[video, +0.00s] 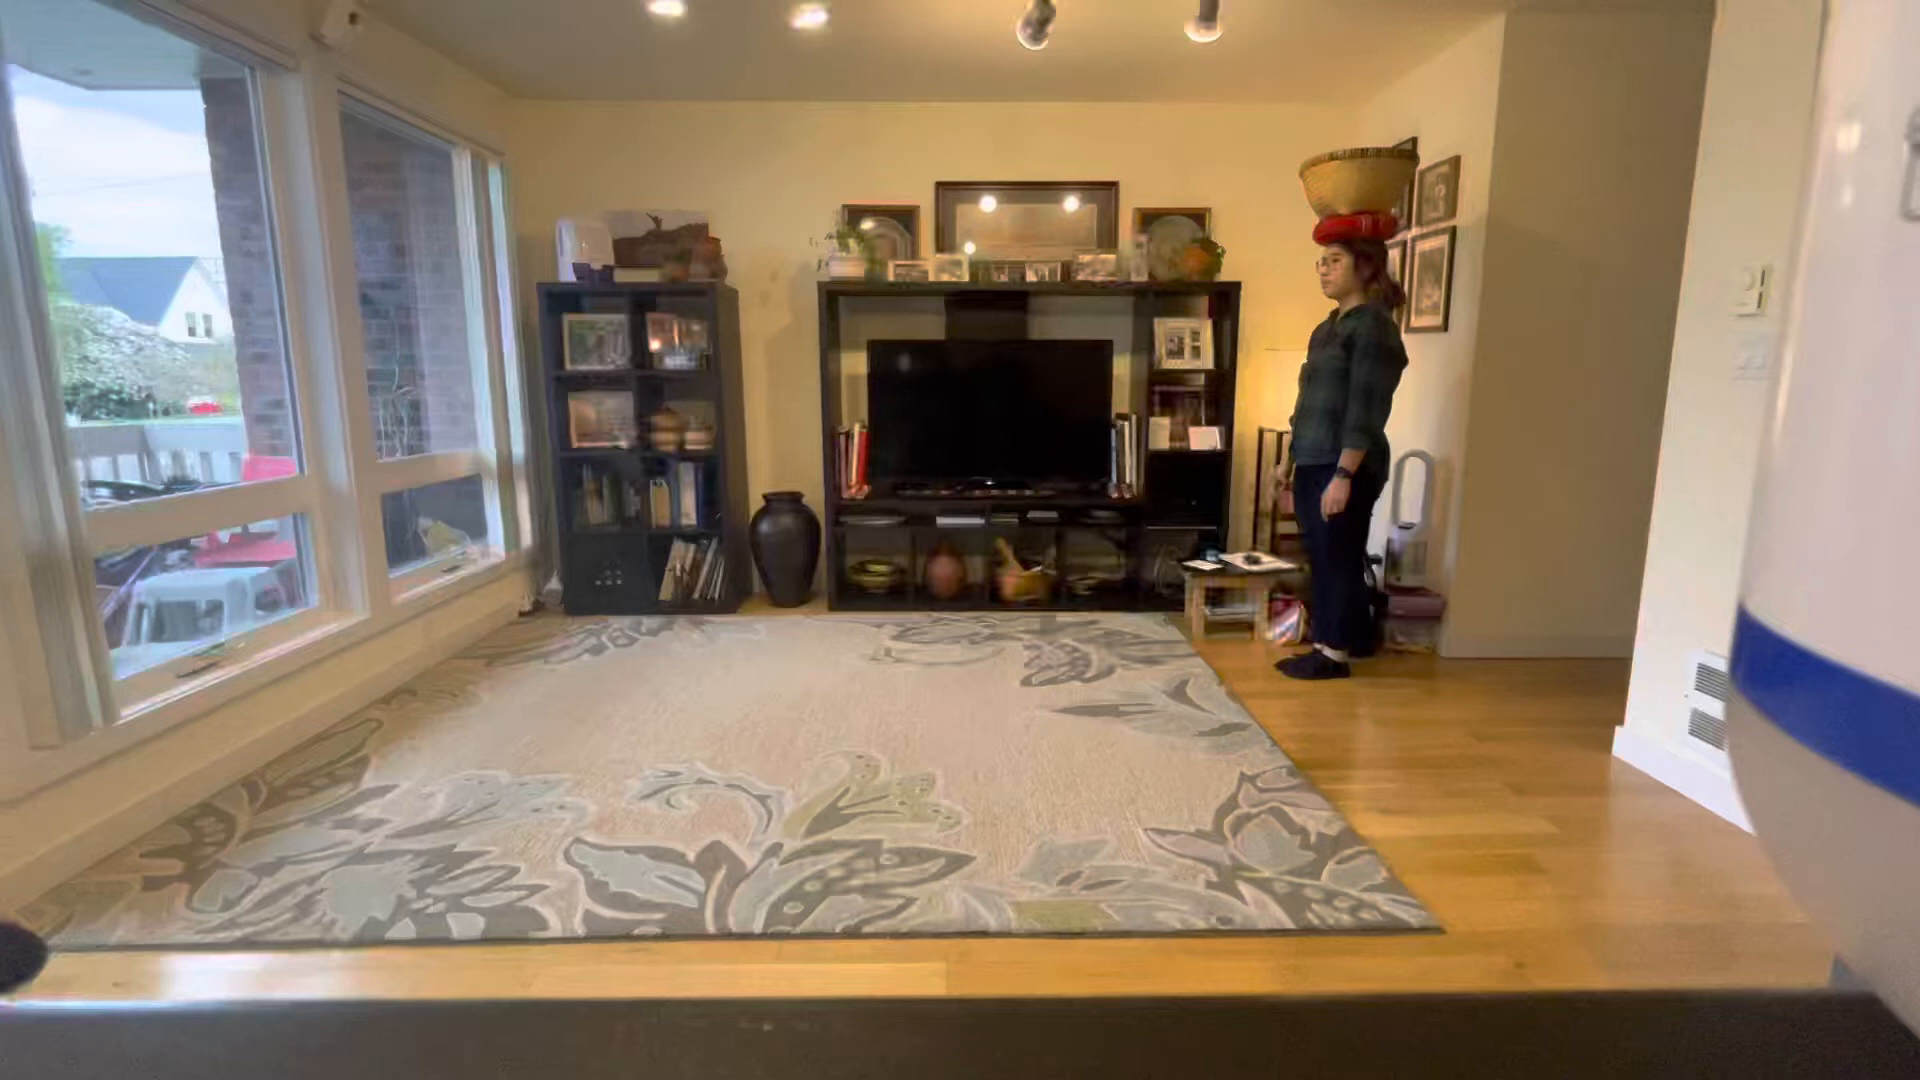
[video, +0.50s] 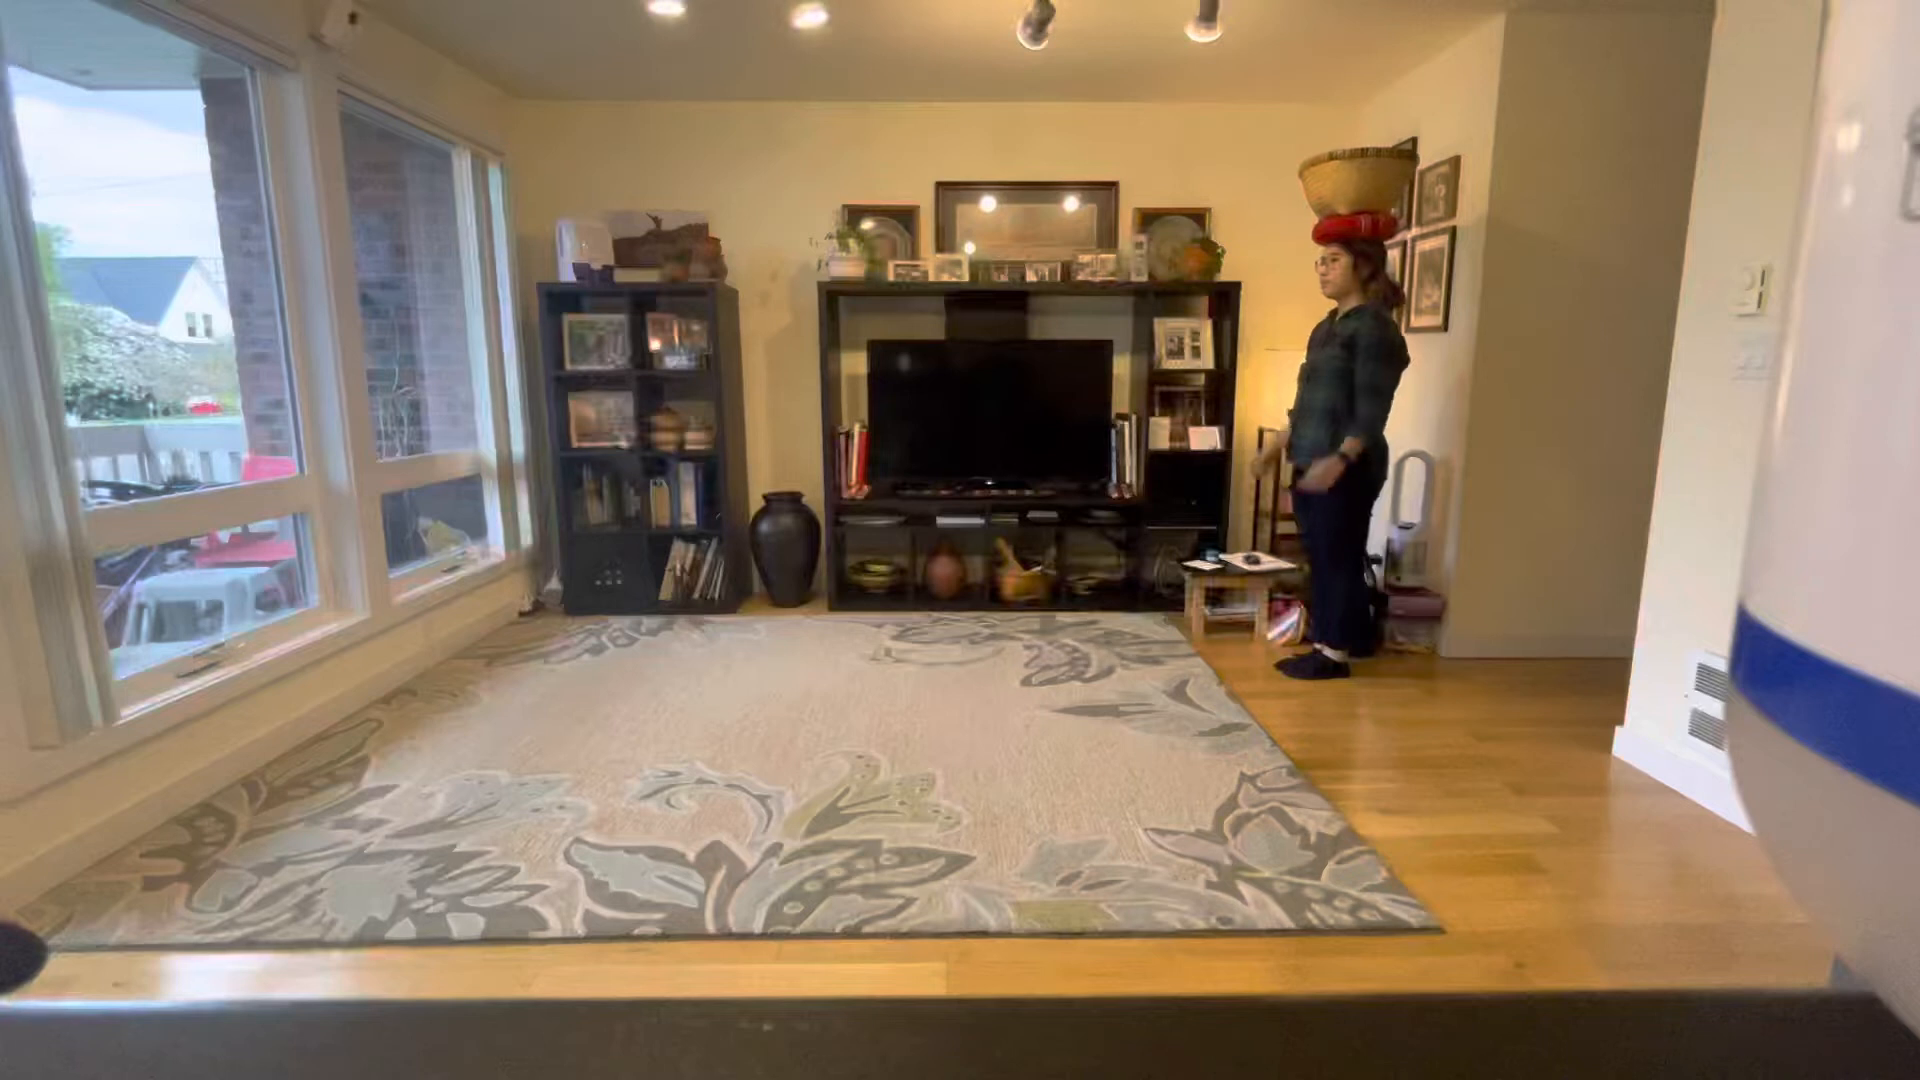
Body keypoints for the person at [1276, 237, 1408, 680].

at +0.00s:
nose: (1322, 270)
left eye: (1332, 261)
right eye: (1320, 263)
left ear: (1364, 266)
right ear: (1323, 269)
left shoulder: (1374, 325)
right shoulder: (1327, 328)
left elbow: (1368, 406)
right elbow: (1310, 401)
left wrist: (1344, 473)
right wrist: (1292, 460)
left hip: (1349, 461)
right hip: (1316, 460)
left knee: (1337, 557)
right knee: (1324, 556)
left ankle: (1334, 649)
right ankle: (1329, 639)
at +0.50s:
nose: (1322, 270)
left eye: (1332, 261)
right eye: (1320, 262)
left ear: (1363, 268)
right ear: (1321, 271)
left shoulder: (1375, 326)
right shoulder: (1326, 327)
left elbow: (1373, 405)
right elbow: (1309, 399)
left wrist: (1340, 457)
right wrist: (1277, 445)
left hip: (1349, 460)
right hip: (1315, 457)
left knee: (1338, 554)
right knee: (1322, 553)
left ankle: (1334, 650)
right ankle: (1327, 640)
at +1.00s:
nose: (1323, 268)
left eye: (1334, 259)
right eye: (1319, 260)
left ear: (1363, 265)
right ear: (1317, 266)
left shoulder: (1377, 314)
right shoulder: (1318, 318)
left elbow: (1404, 299)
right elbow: (1263, 324)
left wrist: (1386, 256)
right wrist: (1284, 277)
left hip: (1354, 448)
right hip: (1311, 449)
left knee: (1339, 546)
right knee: (1318, 545)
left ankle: (1334, 649)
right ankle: (1332, 638)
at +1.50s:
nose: (1326, 267)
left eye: (1339, 258)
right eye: (1321, 259)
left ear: (1366, 267)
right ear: (1316, 265)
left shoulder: (1381, 317)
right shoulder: (1312, 317)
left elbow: (1422, 284)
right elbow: (1250, 310)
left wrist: (1391, 245)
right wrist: (1289, 264)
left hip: (1355, 448)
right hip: (1306, 448)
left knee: (1341, 547)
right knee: (1315, 547)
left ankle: (1338, 650)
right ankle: (1321, 641)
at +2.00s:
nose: (1323, 267)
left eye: (1335, 258)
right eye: (1318, 259)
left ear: (1362, 266)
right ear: (1313, 266)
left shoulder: (1377, 317)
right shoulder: (1311, 317)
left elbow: (1411, 288)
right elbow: (1250, 311)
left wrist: (1383, 248)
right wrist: (1288, 268)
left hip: (1352, 449)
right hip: (1304, 449)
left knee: (1341, 549)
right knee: (1314, 550)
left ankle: (1338, 652)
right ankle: (1321, 643)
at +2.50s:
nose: (1319, 269)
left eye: (1330, 260)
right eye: (1317, 261)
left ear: (1360, 266)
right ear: (1316, 268)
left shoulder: (1380, 324)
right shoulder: (1318, 327)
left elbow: (1391, 397)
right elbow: (1287, 387)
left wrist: (1337, 390)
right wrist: (1256, 353)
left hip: (1351, 461)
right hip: (1307, 459)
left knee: (1339, 554)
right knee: (1315, 554)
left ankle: (1337, 652)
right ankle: (1324, 643)